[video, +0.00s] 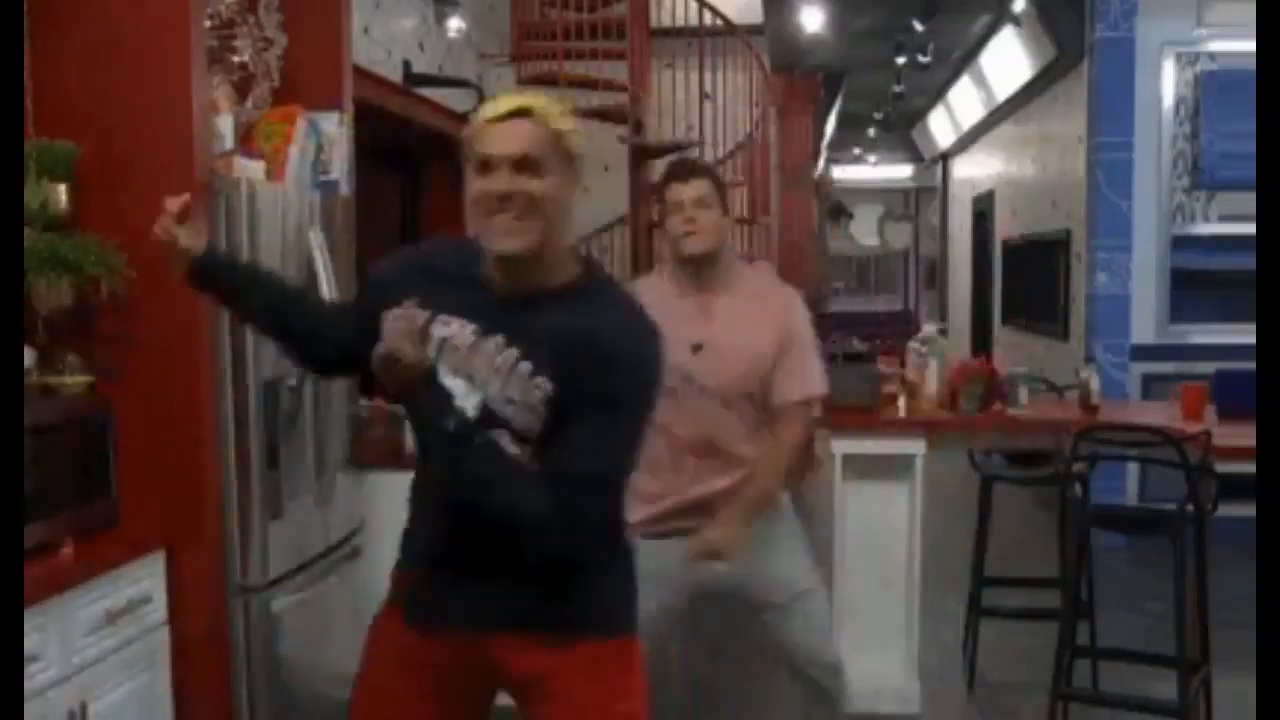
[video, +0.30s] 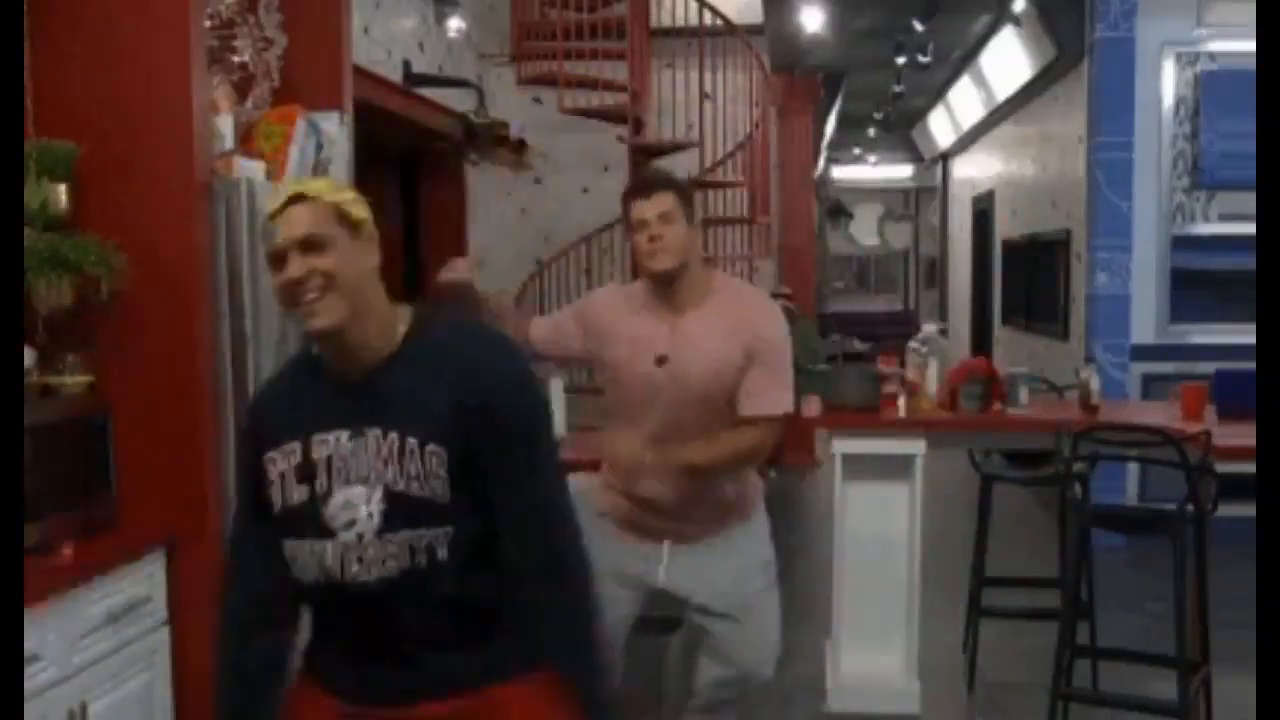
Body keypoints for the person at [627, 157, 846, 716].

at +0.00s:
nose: (688, 218)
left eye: (701, 206)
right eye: (675, 209)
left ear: (728, 218)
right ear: (661, 225)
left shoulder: (777, 301)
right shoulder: (631, 305)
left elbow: (793, 425)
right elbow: (603, 412)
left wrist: (734, 517)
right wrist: (602, 519)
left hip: (757, 515)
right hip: (653, 523)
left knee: (821, 664)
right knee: (623, 671)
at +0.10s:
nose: (660, 215)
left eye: (673, 202)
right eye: (647, 207)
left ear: (701, 212)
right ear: (637, 222)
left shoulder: (762, 297)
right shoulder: (610, 295)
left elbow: (761, 420)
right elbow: (565, 391)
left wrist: (681, 436)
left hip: (724, 524)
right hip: (615, 521)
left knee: (736, 687)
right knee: (582, 679)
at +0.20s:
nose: (653, 216)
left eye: (665, 202)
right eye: (640, 208)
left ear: (696, 210)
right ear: (631, 223)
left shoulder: (758, 293)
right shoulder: (612, 289)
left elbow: (760, 412)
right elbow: (544, 356)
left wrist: (664, 415)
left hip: (718, 513)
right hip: (617, 504)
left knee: (715, 665)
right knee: (584, 650)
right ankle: (590, 716)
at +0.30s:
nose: (651, 236)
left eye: (664, 222)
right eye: (639, 228)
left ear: (695, 229)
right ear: (630, 242)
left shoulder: (755, 314)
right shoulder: (606, 310)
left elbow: (762, 434)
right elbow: (525, 337)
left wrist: (666, 455)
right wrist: (473, 301)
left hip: (724, 532)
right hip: (616, 527)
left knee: (747, 668)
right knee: (578, 657)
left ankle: (699, 718)